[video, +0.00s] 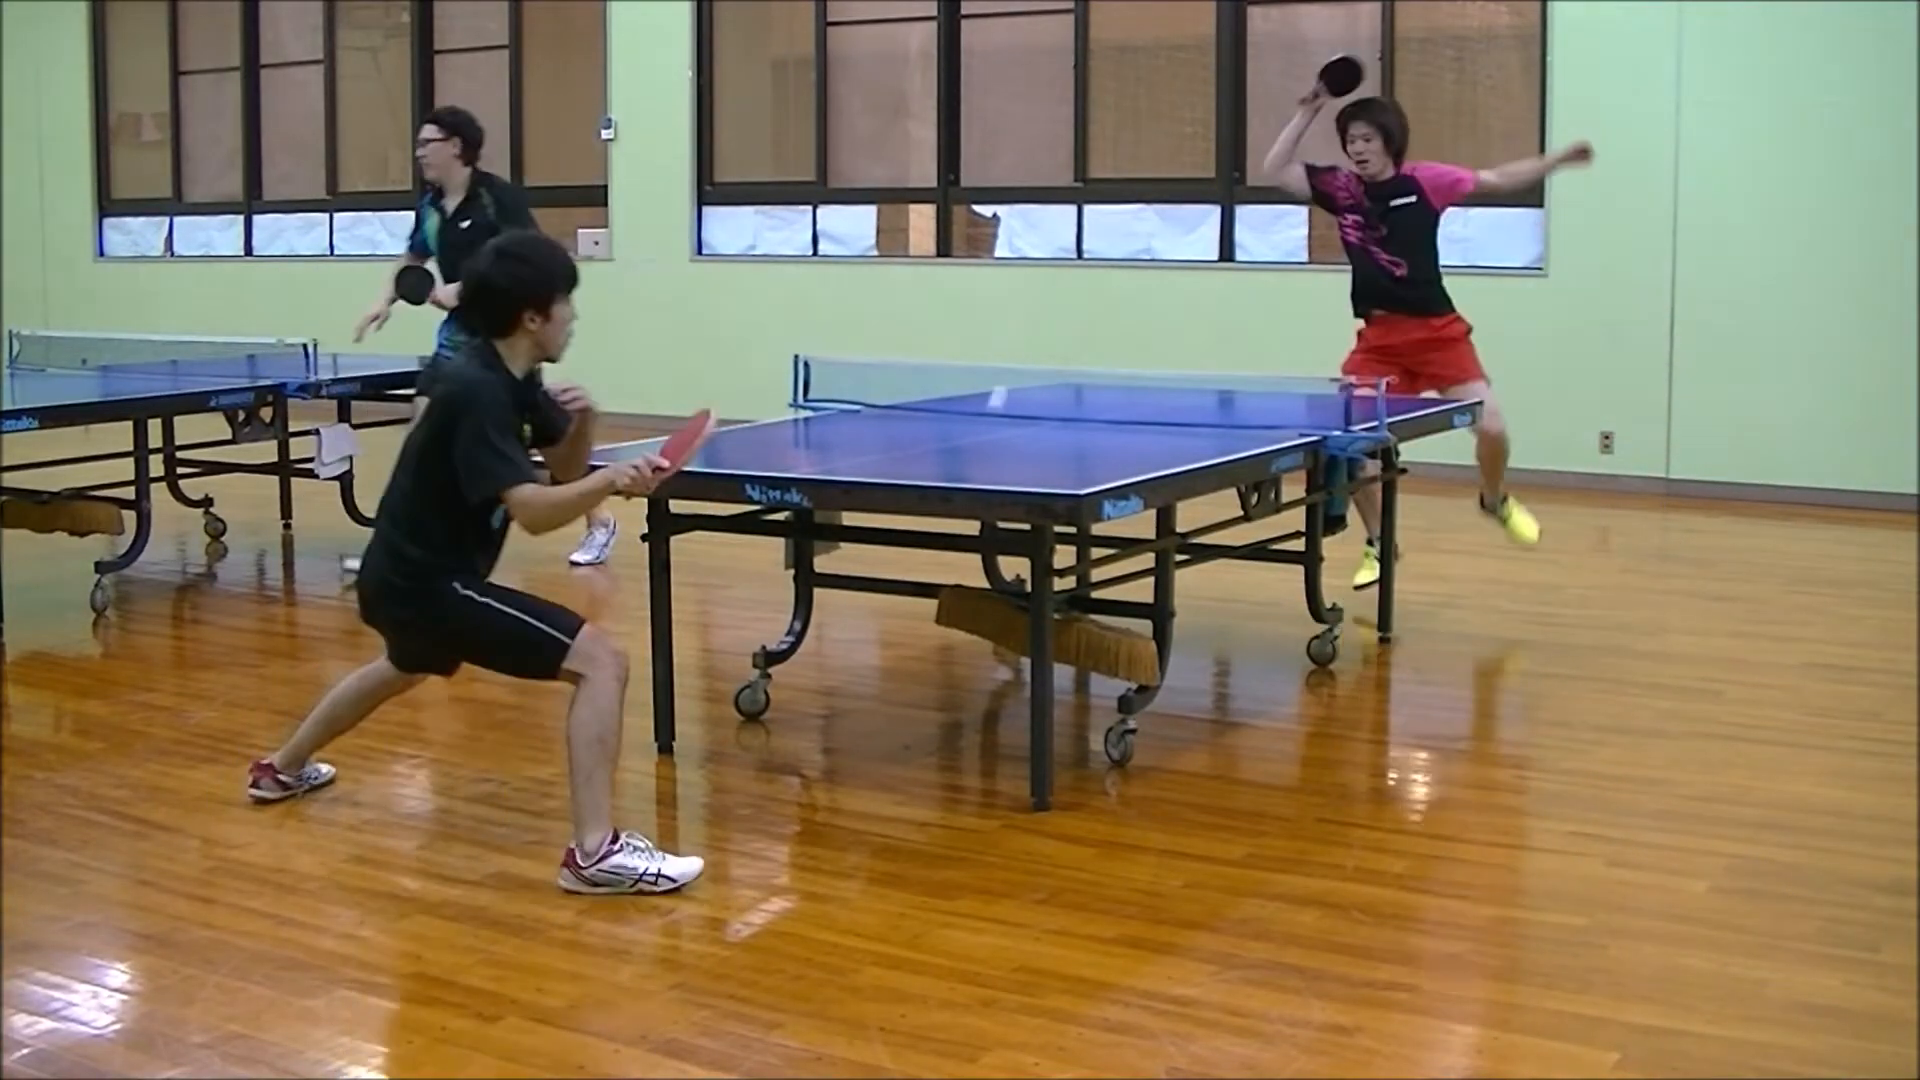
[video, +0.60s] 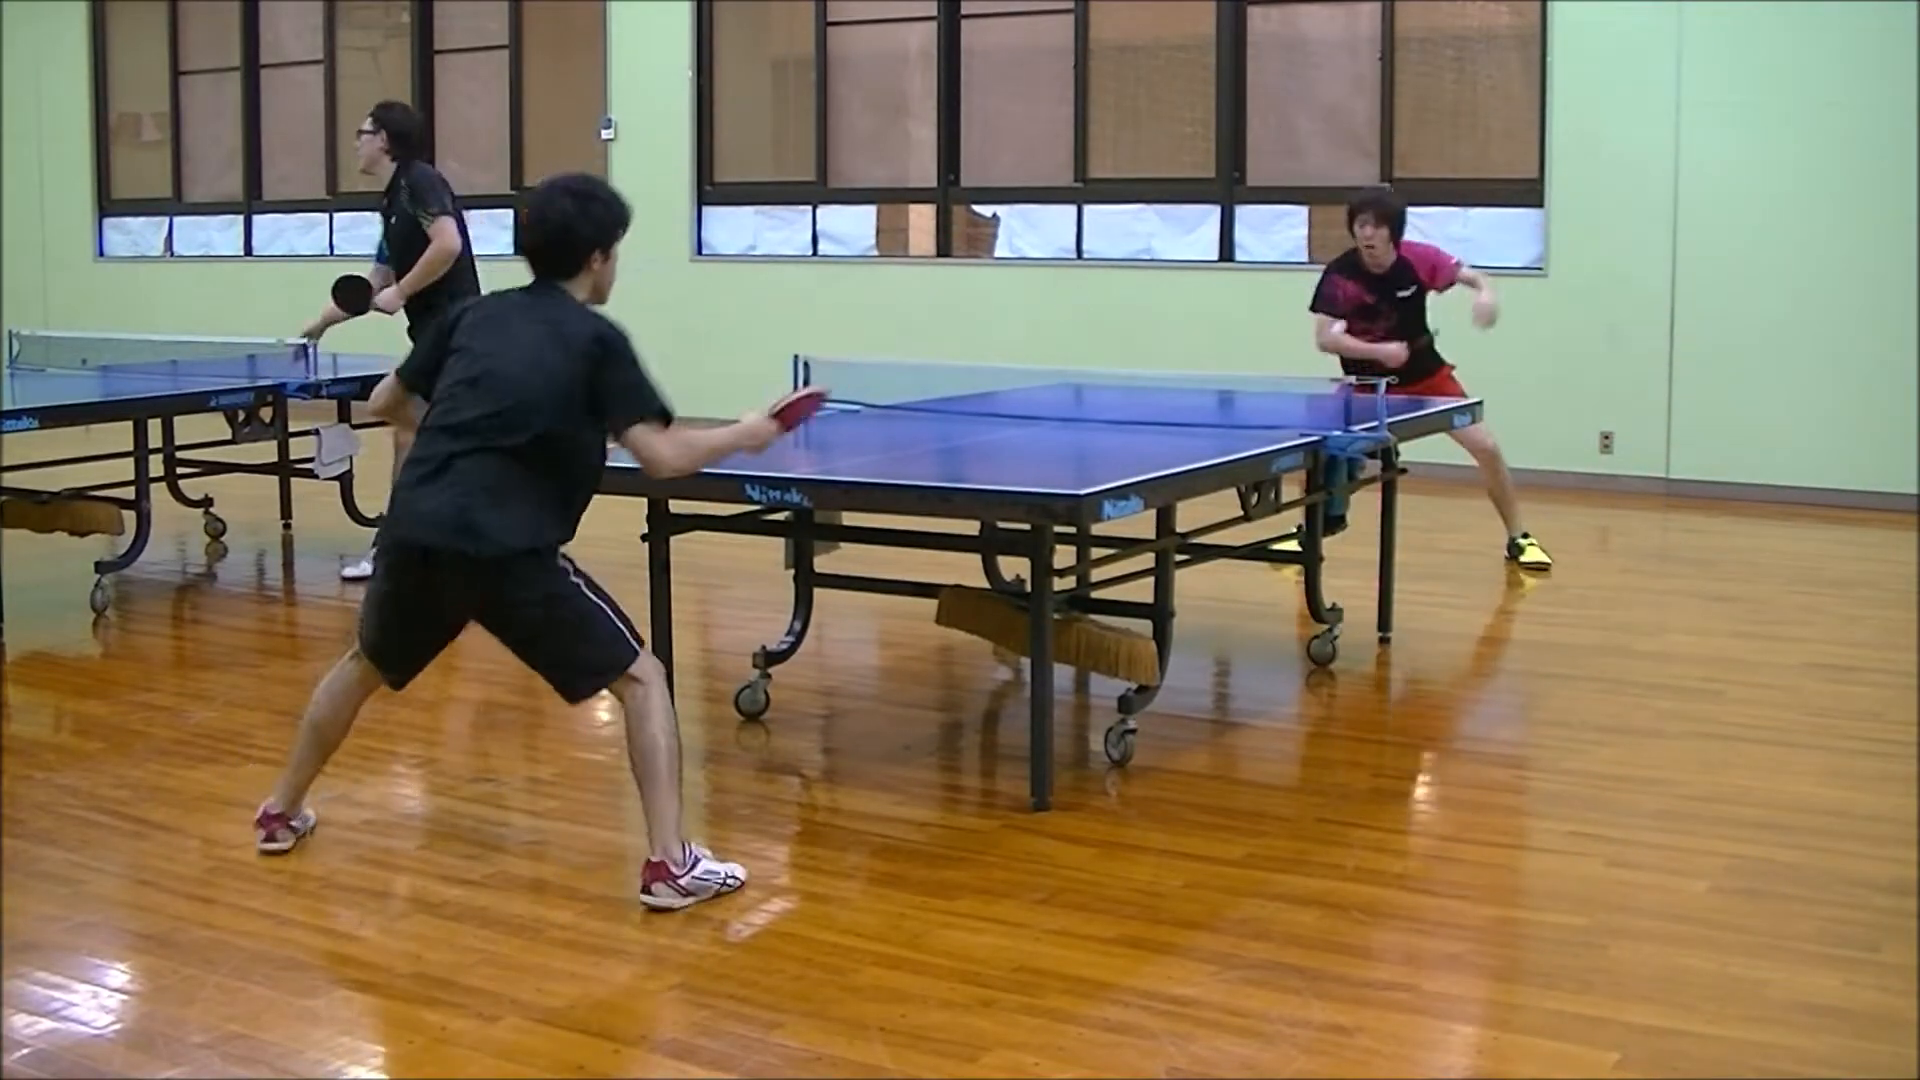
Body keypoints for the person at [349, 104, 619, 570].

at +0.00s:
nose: (421, 154)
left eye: (430, 144)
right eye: (419, 145)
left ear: (460, 149)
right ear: (436, 153)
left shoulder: (500, 198)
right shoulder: (431, 204)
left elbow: (530, 265)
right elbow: (414, 261)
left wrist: (461, 290)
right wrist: (386, 301)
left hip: (504, 337)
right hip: (455, 336)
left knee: (545, 430)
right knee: (427, 427)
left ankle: (598, 520)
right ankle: (398, 542)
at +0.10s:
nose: (381, 160)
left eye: (390, 150)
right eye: (381, 151)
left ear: (421, 155)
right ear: (401, 158)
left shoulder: (465, 201)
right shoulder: (398, 220)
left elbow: (507, 261)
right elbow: (374, 283)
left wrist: (446, 296)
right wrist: (348, 326)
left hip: (485, 347)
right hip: (432, 344)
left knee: (515, 436)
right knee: (393, 433)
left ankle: (581, 504)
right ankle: (393, 546)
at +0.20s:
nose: (352, 164)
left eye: (358, 154)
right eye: (351, 156)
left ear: (386, 155)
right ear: (375, 159)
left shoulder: (441, 193)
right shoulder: (376, 226)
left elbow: (490, 249)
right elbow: (353, 296)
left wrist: (438, 293)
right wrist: (318, 355)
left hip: (470, 337)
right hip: (422, 339)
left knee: (463, 445)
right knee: (385, 435)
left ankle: (548, 510)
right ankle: (394, 548)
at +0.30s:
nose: (330, 163)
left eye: (337, 153)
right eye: (330, 154)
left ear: (367, 156)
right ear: (356, 160)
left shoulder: (421, 185)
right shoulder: (361, 229)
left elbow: (482, 231)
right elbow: (349, 302)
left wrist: (440, 283)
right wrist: (318, 364)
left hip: (464, 325)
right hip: (415, 330)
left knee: (448, 427)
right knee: (387, 435)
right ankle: (394, 547)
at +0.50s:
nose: (337, 148)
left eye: (345, 139)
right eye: (339, 140)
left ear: (370, 144)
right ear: (366, 147)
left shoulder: (415, 178)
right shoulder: (370, 213)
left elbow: (468, 228)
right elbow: (353, 288)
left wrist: (420, 285)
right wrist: (317, 346)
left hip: (456, 329)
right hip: (418, 333)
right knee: (394, 431)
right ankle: (392, 551)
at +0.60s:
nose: (357, 143)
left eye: (365, 135)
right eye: (360, 134)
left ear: (389, 141)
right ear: (387, 143)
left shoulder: (420, 179)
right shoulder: (395, 200)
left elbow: (448, 244)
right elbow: (380, 278)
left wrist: (400, 292)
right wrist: (326, 320)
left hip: (455, 329)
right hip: (433, 332)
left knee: (383, 403)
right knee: (410, 439)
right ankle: (394, 547)